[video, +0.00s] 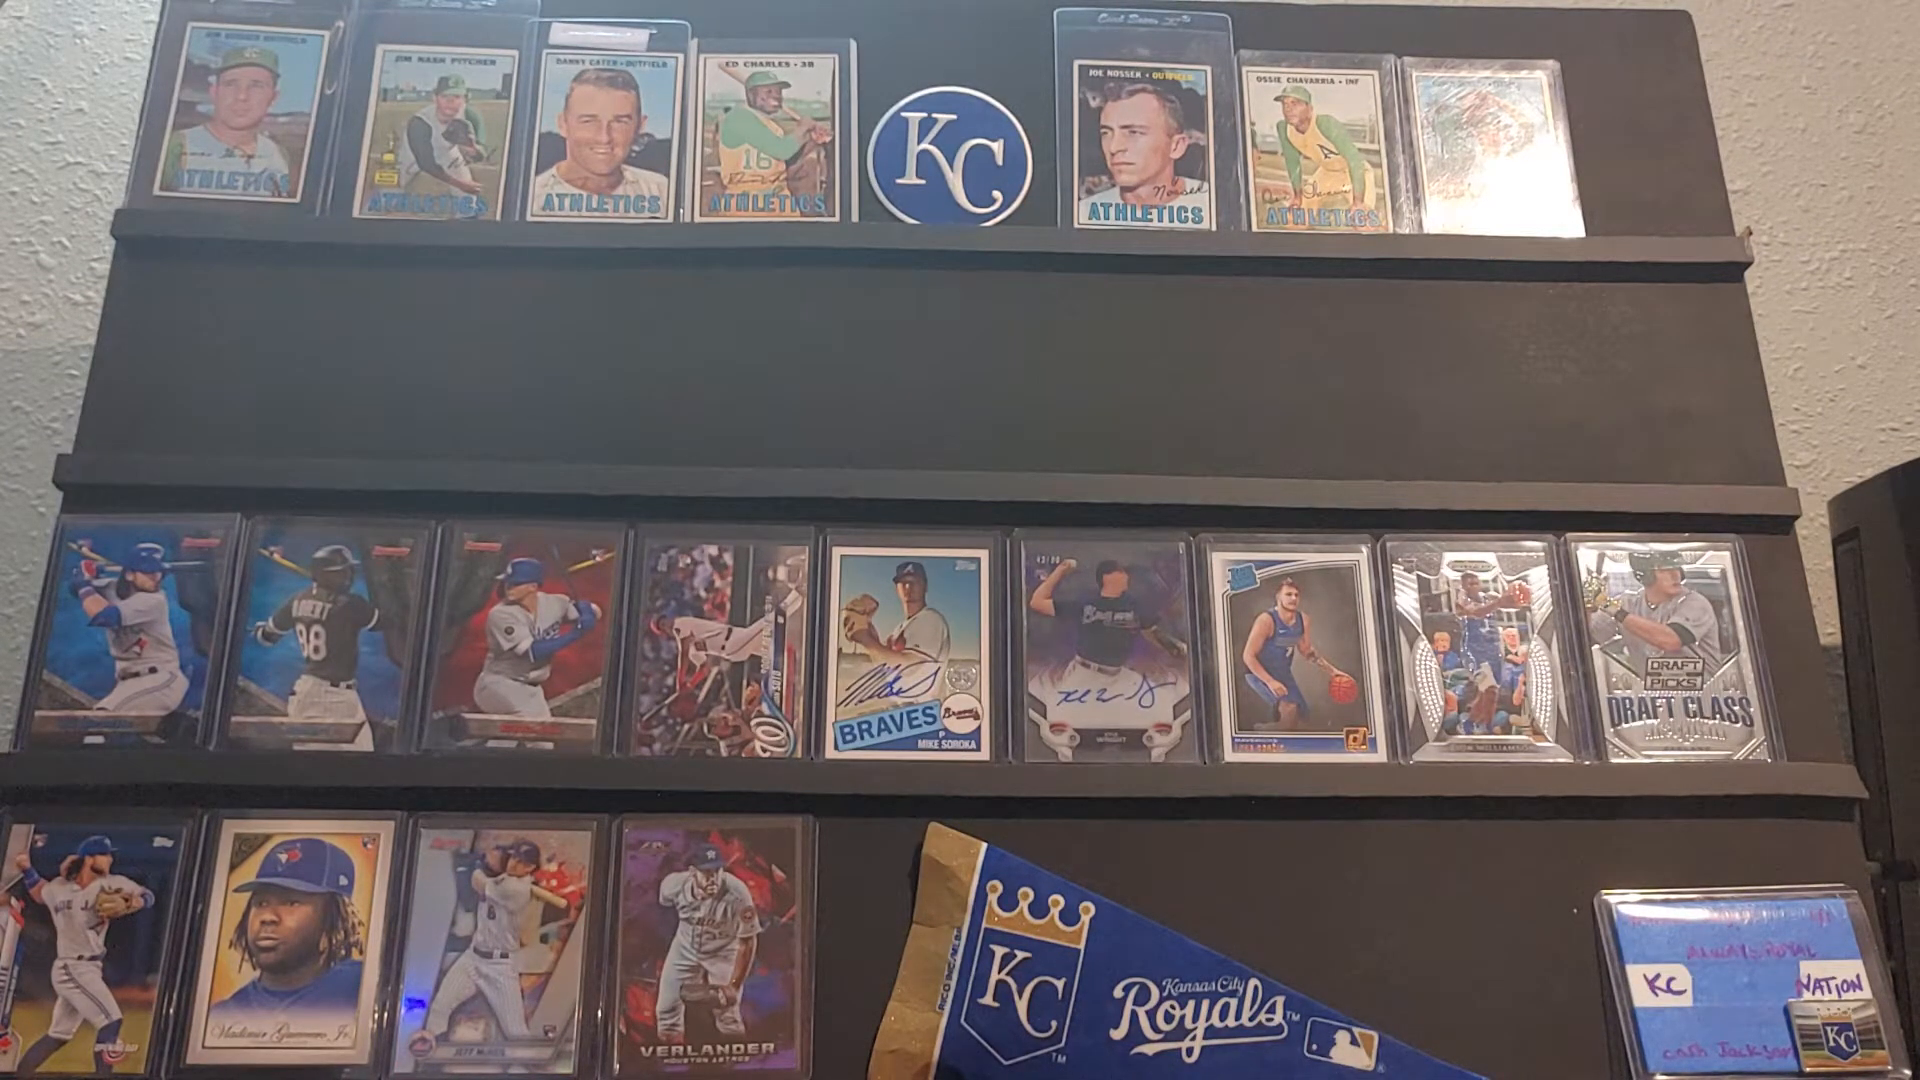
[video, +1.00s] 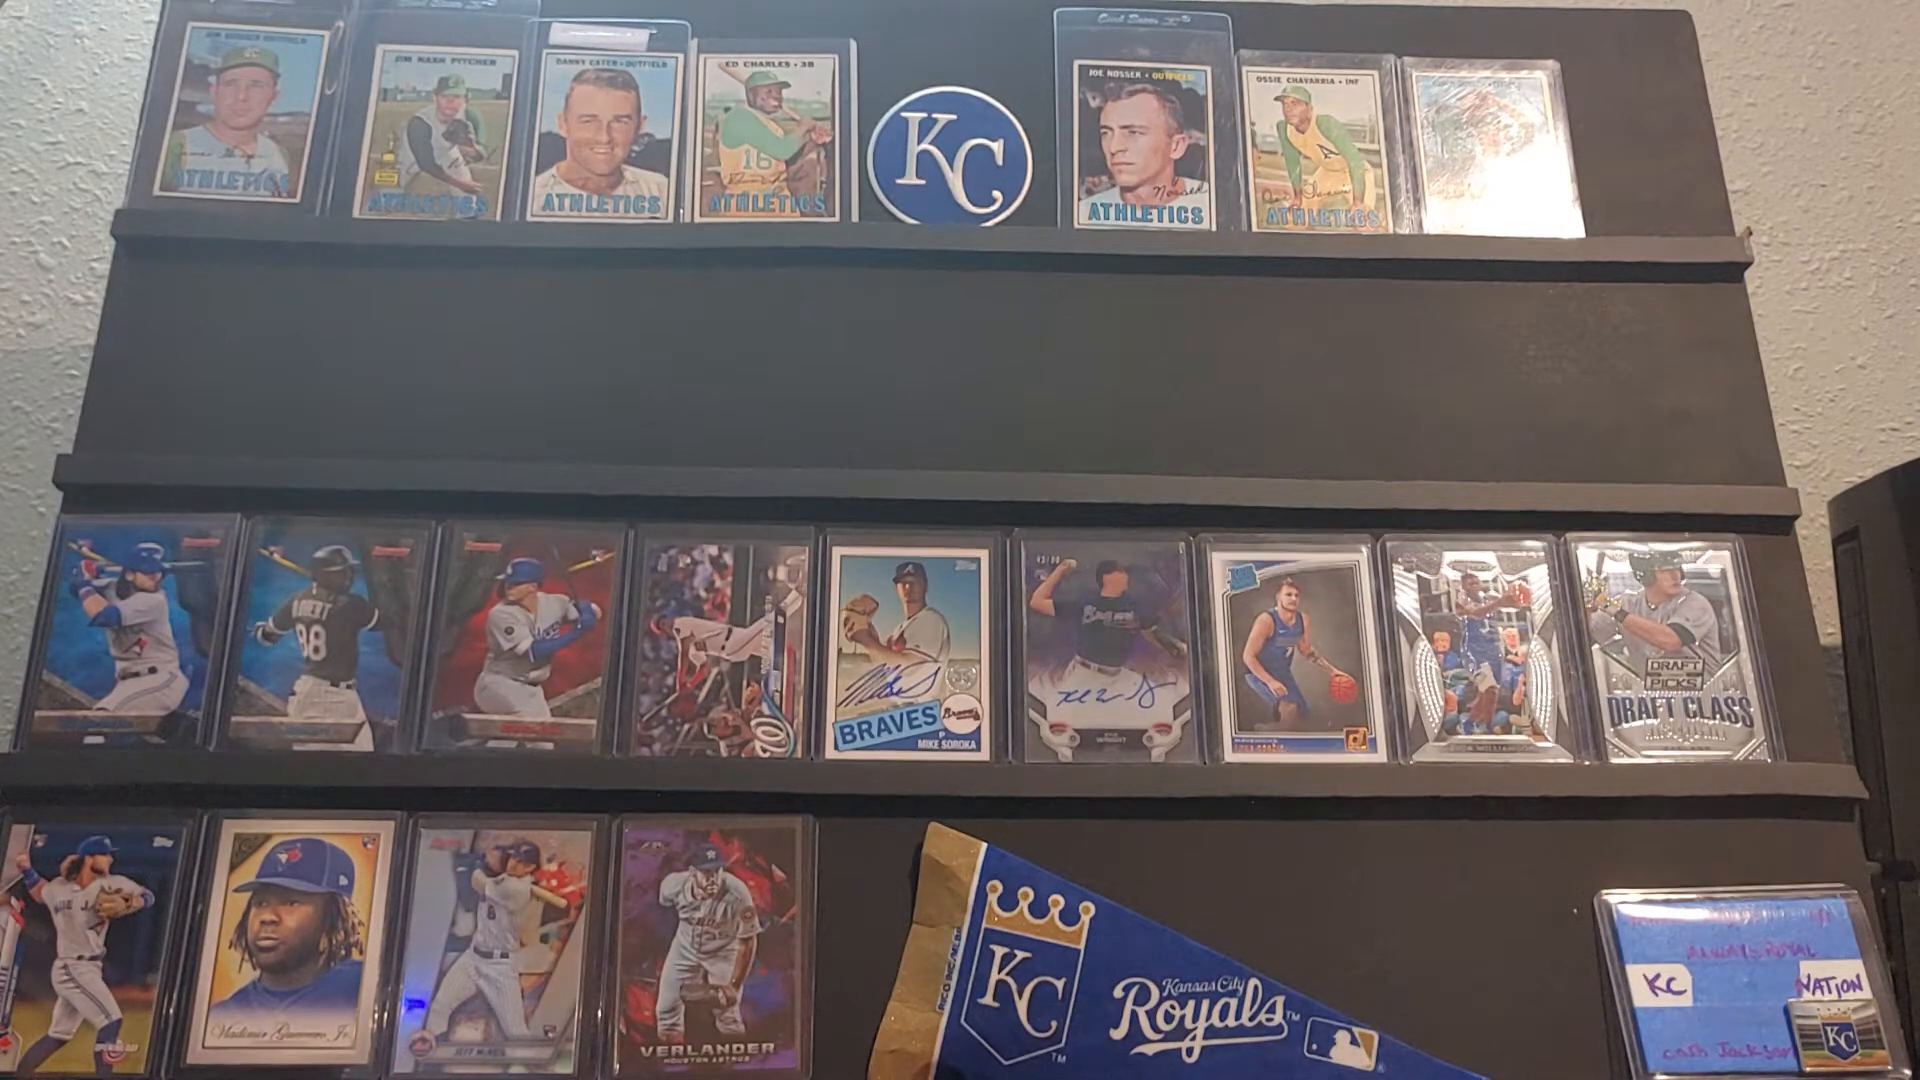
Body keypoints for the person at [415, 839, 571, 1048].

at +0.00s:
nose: (514, 864)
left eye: (521, 862)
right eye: (513, 858)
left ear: (531, 869)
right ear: (509, 858)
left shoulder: (518, 890)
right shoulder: (503, 878)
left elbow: (477, 881)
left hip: (501, 964)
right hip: (473, 957)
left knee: (515, 1030)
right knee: (441, 1004)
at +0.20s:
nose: (513, 864)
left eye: (520, 862)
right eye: (513, 859)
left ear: (530, 869)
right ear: (508, 859)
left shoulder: (518, 890)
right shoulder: (501, 879)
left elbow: (478, 882)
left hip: (501, 965)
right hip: (473, 958)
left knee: (515, 1031)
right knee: (439, 1006)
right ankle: (426, 1065)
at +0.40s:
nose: (513, 864)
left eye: (520, 862)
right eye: (513, 858)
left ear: (530, 869)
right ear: (508, 858)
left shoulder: (518, 890)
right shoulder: (501, 879)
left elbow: (478, 882)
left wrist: (478, 867)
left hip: (501, 965)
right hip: (473, 958)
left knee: (515, 1031)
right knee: (440, 1005)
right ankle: (427, 1061)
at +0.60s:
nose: (513, 863)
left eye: (520, 861)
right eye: (513, 858)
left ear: (530, 869)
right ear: (509, 858)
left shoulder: (518, 890)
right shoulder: (501, 879)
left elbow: (478, 882)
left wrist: (478, 867)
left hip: (501, 965)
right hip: (473, 958)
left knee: (515, 1031)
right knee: (440, 1005)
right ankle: (427, 1062)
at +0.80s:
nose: (513, 863)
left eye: (519, 861)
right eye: (512, 858)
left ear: (530, 869)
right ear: (509, 858)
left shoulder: (517, 890)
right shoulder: (501, 879)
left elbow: (478, 882)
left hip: (501, 965)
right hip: (473, 957)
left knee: (515, 1031)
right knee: (440, 1005)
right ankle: (426, 1063)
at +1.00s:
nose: (513, 864)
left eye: (520, 862)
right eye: (513, 858)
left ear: (530, 869)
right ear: (509, 858)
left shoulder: (518, 890)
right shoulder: (502, 879)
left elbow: (478, 882)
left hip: (501, 965)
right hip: (473, 957)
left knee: (515, 1030)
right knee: (441, 1004)